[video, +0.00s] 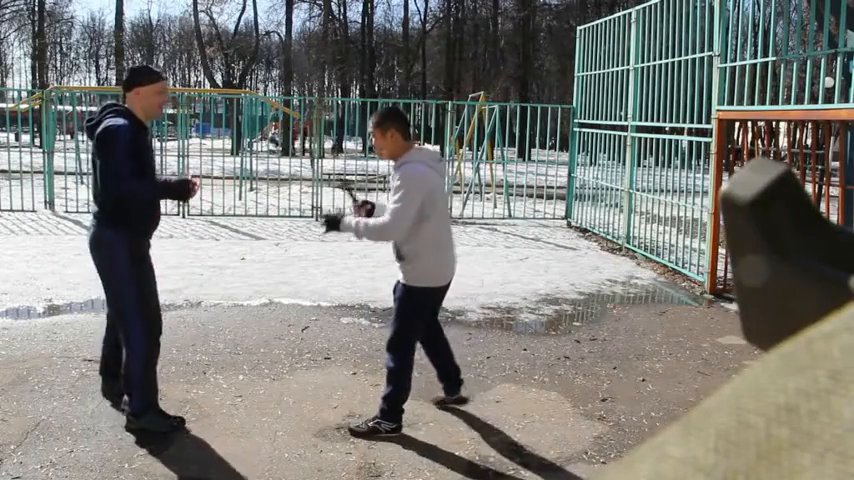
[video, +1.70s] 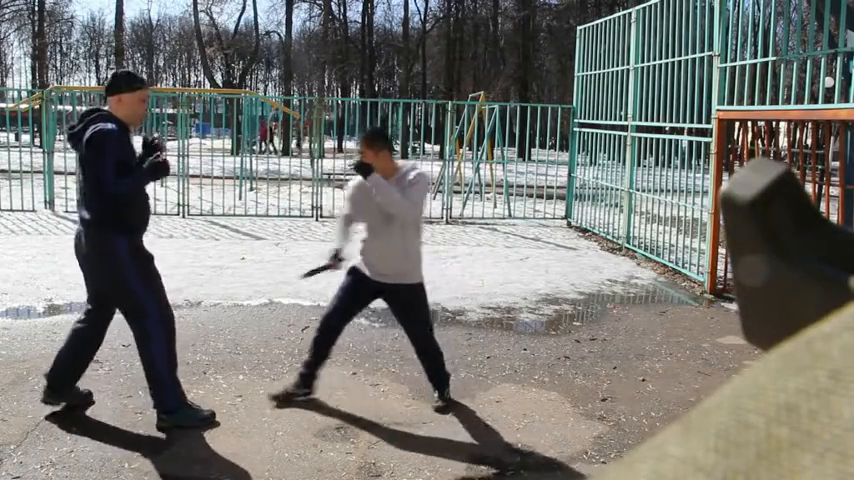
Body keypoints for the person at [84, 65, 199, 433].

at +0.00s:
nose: (164, 102)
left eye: (164, 94)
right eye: (159, 94)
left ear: (138, 96)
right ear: (135, 95)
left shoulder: (129, 127)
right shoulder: (119, 130)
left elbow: (131, 186)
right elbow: (122, 191)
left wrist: (171, 189)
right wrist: (173, 189)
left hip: (120, 240)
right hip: (119, 243)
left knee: (123, 313)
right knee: (144, 324)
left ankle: (115, 383)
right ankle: (144, 413)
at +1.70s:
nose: (146, 107)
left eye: (147, 100)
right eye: (141, 100)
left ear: (116, 101)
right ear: (117, 100)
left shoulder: (105, 130)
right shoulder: (107, 134)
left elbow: (115, 181)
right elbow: (113, 189)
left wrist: (143, 158)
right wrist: (151, 171)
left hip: (97, 243)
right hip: (118, 247)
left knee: (97, 314)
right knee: (156, 320)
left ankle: (58, 386)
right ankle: (172, 408)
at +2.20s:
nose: (151, 145)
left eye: (152, 138)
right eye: (147, 137)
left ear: (121, 133)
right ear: (124, 133)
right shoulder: (108, 166)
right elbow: (146, 220)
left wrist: (189, 246)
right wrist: (195, 248)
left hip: (50, 252)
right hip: (68, 259)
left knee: (64, 314)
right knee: (122, 322)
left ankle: (9, 372)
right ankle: (134, 408)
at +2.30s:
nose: (133, 139)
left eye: (135, 133)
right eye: (130, 131)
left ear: (106, 127)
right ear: (107, 126)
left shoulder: (93, 155)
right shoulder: (88, 161)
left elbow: (118, 213)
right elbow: (119, 219)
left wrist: (155, 226)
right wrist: (164, 231)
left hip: (52, 254)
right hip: (62, 258)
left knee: (55, 321)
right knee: (115, 322)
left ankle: (5, 382)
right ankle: (134, 409)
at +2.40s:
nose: (121, 126)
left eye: (122, 119)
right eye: (116, 118)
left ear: (95, 118)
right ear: (92, 116)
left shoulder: (84, 148)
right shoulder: (67, 151)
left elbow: (92, 196)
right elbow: (77, 204)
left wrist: (130, 201)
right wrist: (132, 202)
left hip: (52, 249)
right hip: (58, 253)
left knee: (47, 321)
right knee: (104, 326)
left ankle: (5, 383)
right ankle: (133, 408)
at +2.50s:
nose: (105, 116)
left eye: (106, 109)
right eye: (100, 108)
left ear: (82, 108)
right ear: (77, 106)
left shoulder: (71, 137)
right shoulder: (57, 140)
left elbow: (73, 188)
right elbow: (66, 195)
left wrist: (105, 171)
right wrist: (107, 171)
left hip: (54, 246)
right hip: (58, 249)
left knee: (40, 319)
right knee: (102, 316)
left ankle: (6, 383)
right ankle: (116, 404)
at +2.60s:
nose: (98, 106)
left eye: (98, 99)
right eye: (92, 98)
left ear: (74, 101)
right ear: (68, 99)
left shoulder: (65, 132)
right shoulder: (51, 134)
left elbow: (65, 186)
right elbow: (59, 188)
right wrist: (100, 172)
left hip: (56, 240)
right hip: (59, 243)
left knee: (42, 314)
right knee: (100, 314)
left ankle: (5, 382)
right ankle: (99, 401)